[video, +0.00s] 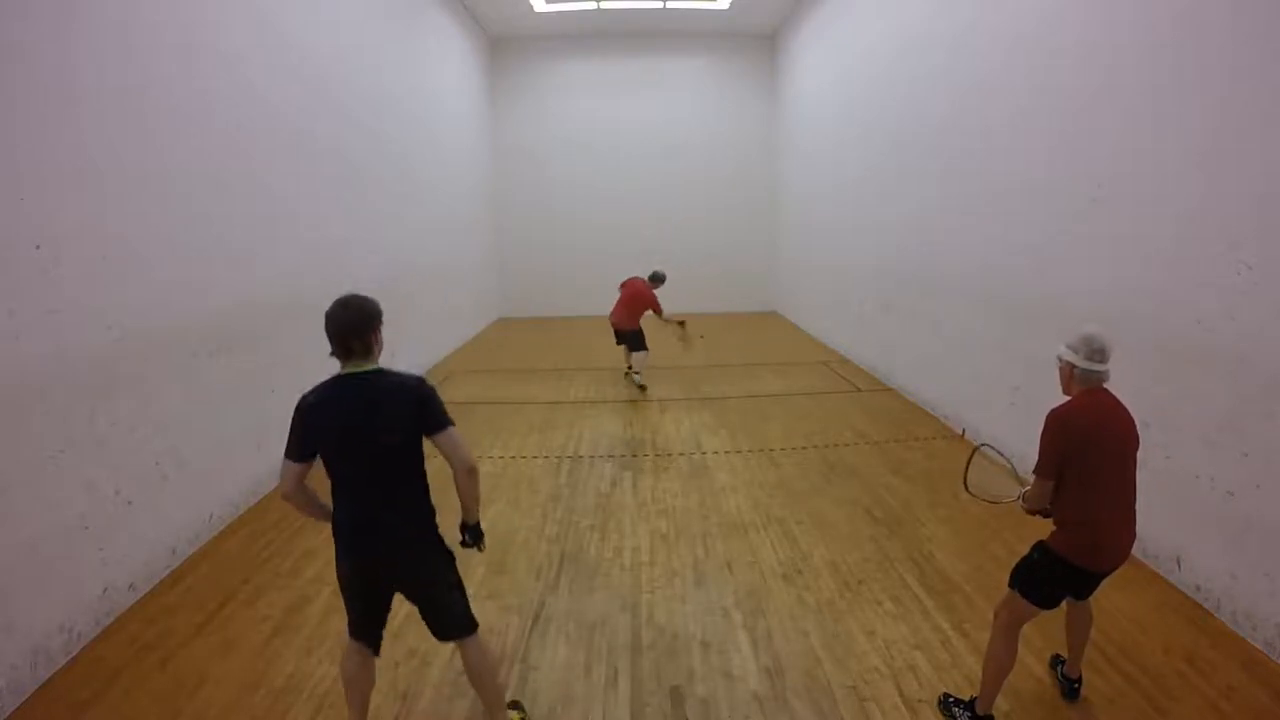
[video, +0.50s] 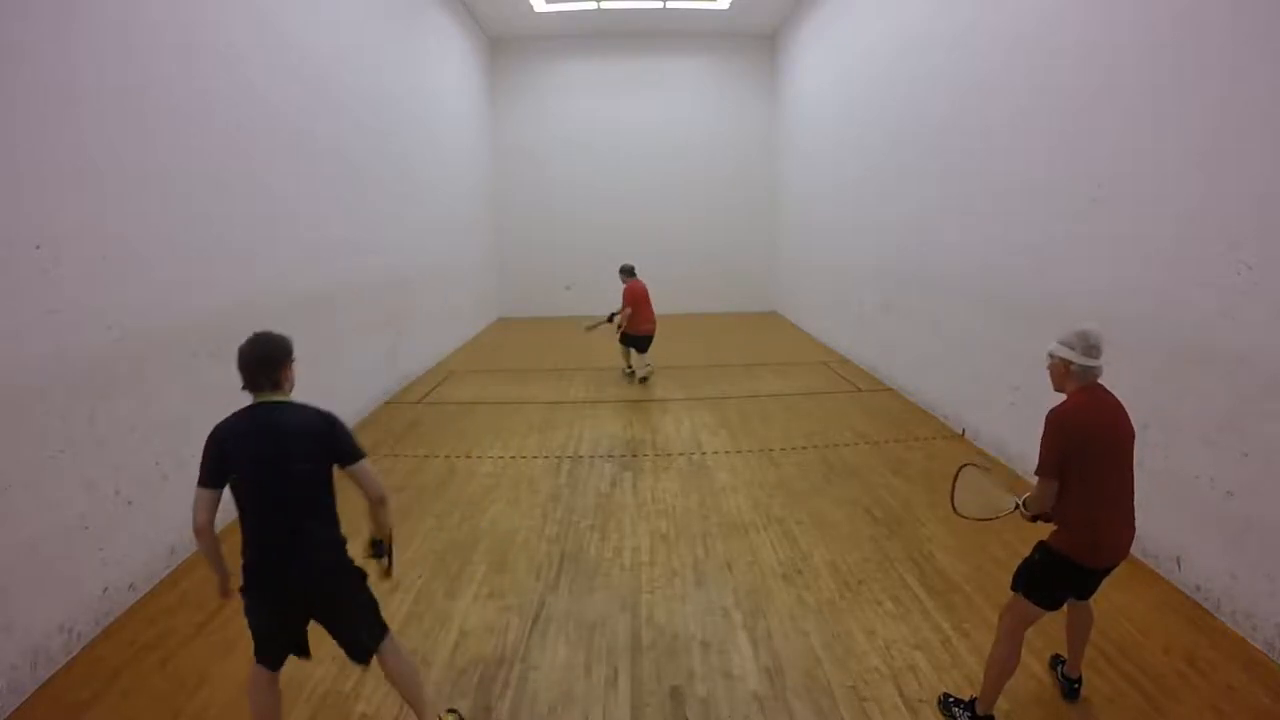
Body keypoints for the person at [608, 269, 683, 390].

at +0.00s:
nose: (659, 287)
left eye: (660, 284)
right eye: (660, 285)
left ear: (649, 276)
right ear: (658, 284)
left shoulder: (635, 280)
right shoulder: (650, 296)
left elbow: (621, 287)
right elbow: (660, 315)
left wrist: (633, 298)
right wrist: (676, 321)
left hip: (615, 320)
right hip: (631, 325)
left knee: (628, 345)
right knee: (642, 351)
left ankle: (629, 368)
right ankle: (636, 374)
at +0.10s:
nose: (656, 283)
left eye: (656, 281)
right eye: (657, 281)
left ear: (646, 274)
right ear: (656, 281)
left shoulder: (632, 280)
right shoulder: (652, 294)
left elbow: (619, 291)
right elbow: (650, 312)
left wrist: (631, 298)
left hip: (615, 321)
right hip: (630, 325)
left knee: (623, 344)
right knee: (635, 351)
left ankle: (628, 367)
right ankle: (625, 367)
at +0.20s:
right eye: (651, 277)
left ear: (641, 273)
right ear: (652, 277)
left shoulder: (628, 281)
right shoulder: (650, 289)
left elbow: (617, 292)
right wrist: (618, 296)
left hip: (618, 325)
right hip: (635, 328)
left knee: (622, 347)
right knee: (630, 352)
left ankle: (627, 368)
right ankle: (618, 369)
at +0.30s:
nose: (633, 274)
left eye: (633, 272)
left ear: (632, 272)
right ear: (643, 273)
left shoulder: (625, 283)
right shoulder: (645, 286)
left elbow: (615, 299)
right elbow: (634, 298)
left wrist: (622, 309)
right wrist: (615, 292)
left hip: (624, 325)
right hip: (640, 326)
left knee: (621, 347)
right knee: (633, 352)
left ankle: (629, 369)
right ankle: (622, 374)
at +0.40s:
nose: (624, 276)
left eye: (624, 274)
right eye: (625, 274)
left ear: (625, 274)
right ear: (636, 273)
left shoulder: (625, 287)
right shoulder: (642, 285)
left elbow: (620, 306)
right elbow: (631, 303)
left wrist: (618, 317)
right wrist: (611, 303)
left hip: (629, 328)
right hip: (644, 328)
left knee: (621, 343)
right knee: (637, 352)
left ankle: (628, 366)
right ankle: (635, 374)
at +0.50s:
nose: (620, 279)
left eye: (620, 276)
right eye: (620, 276)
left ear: (624, 276)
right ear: (633, 274)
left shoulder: (629, 289)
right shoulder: (641, 285)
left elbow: (627, 311)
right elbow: (628, 305)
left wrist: (621, 325)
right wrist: (615, 314)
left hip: (634, 329)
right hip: (649, 329)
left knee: (624, 342)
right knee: (641, 351)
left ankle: (629, 367)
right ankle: (643, 372)